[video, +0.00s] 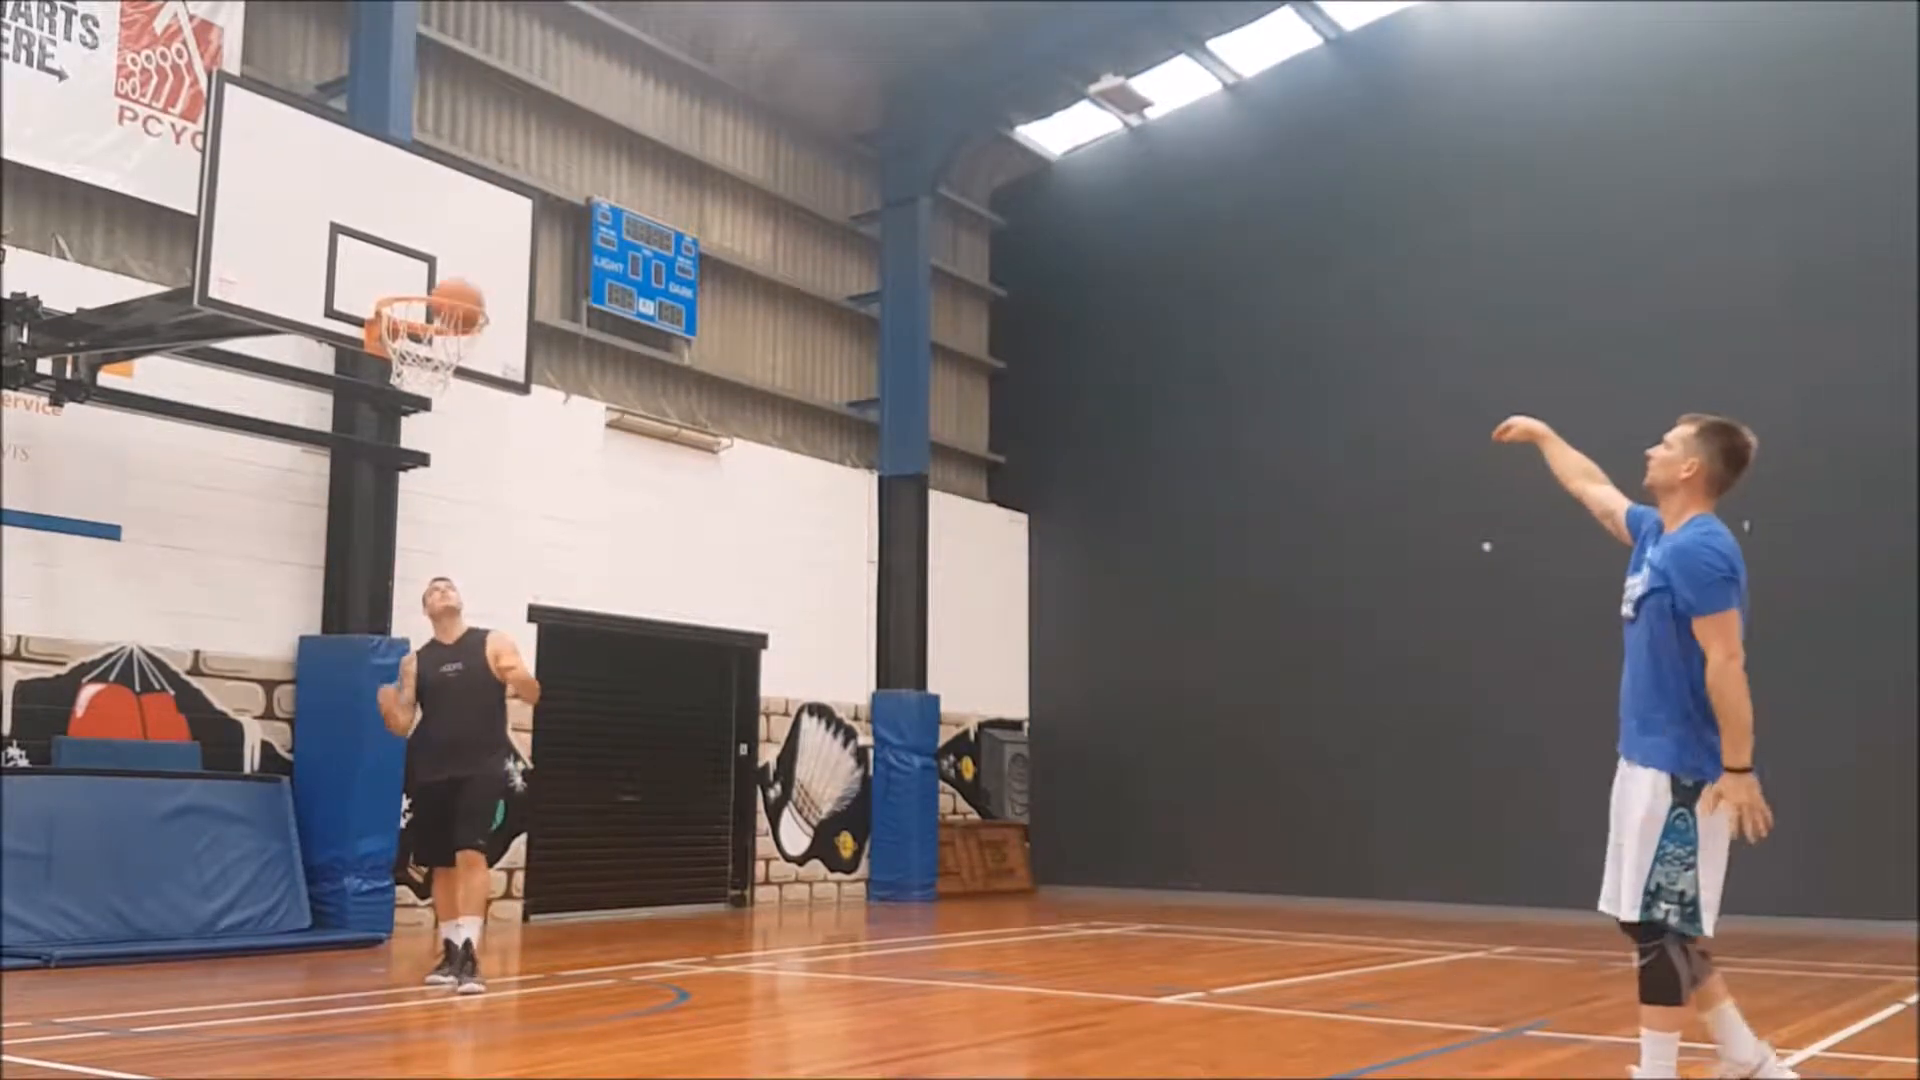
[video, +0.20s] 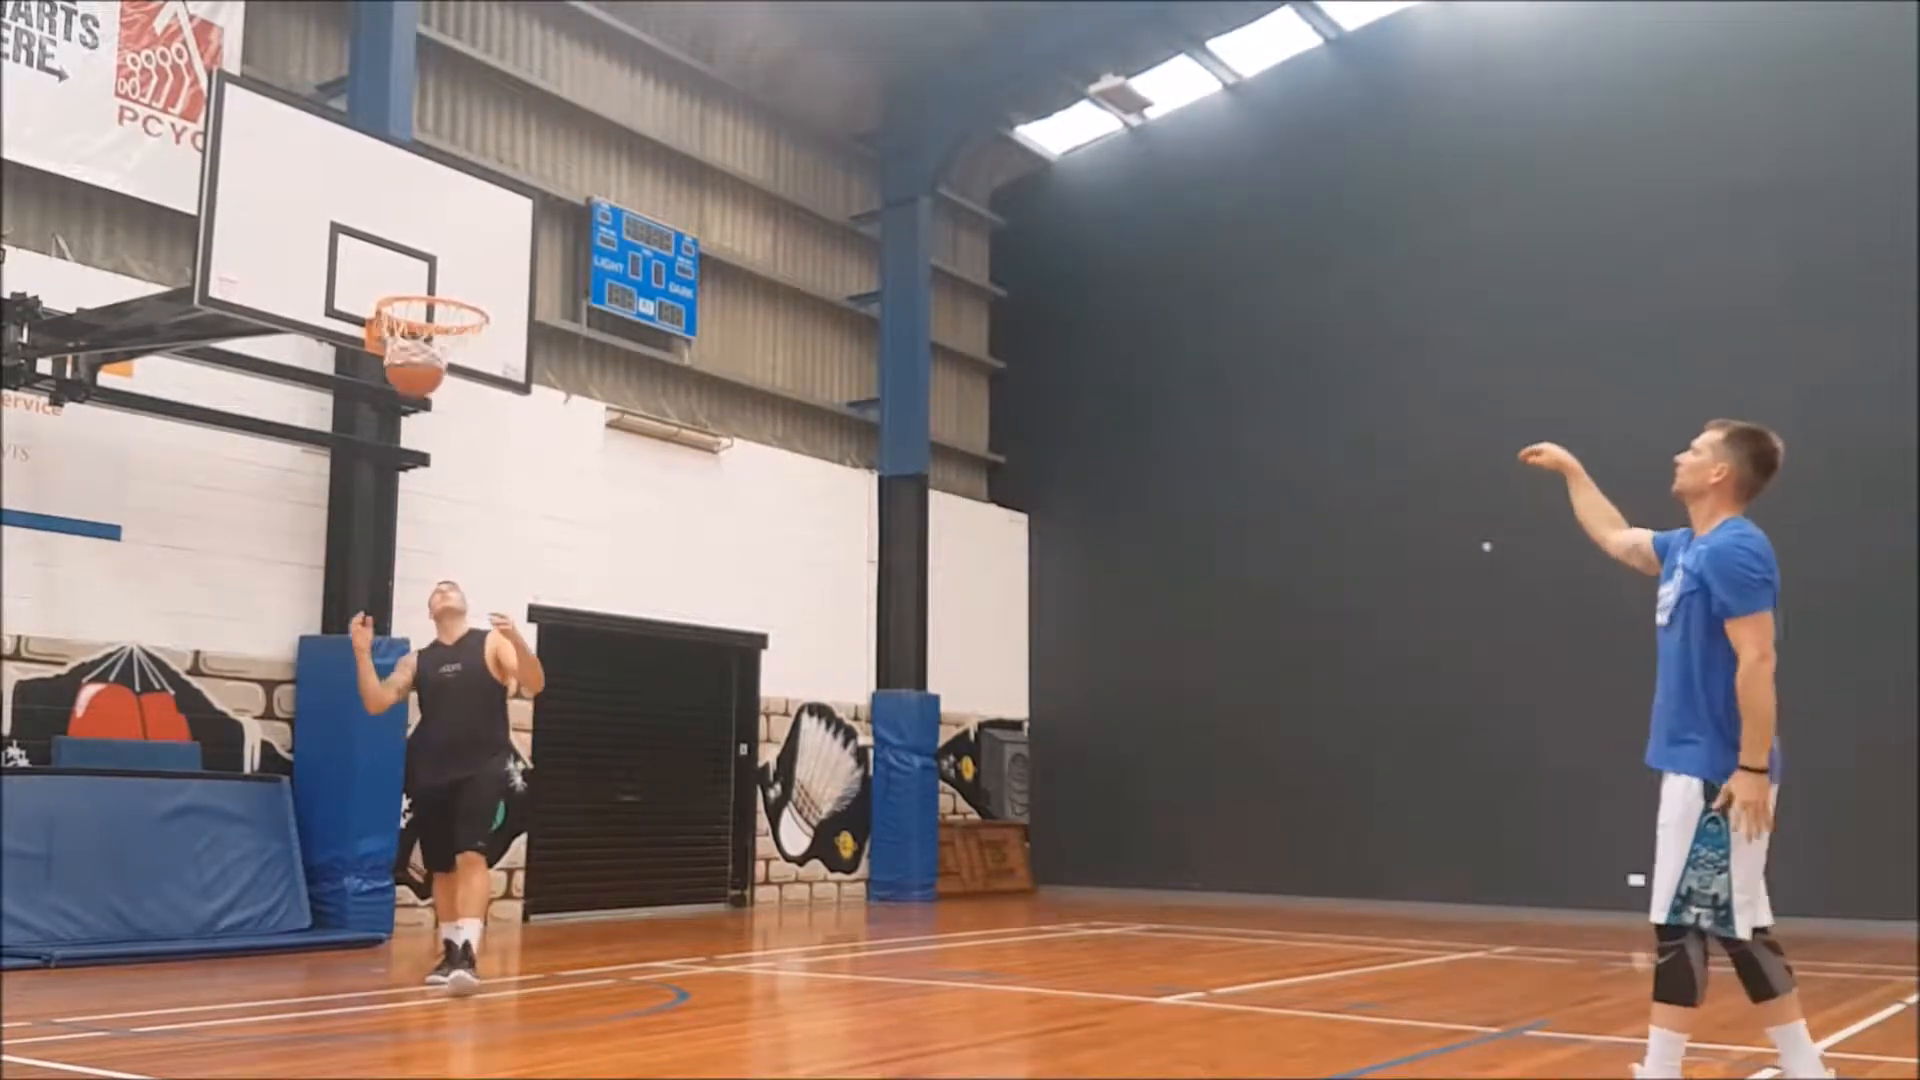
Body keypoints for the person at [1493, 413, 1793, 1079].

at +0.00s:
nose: (1650, 450)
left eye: (1664, 444)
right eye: (1659, 442)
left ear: (1692, 469)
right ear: (1689, 472)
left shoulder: (1698, 546)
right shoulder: (1657, 531)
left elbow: (1727, 660)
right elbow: (1591, 487)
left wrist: (1738, 767)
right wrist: (1540, 432)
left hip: (1682, 771)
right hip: (1647, 763)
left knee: (1657, 924)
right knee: (1644, 918)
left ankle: (1654, 1071)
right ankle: (1748, 1055)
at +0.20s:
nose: (1678, 457)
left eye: (1692, 450)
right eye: (1686, 448)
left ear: (1721, 473)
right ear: (1718, 477)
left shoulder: (1731, 547)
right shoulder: (1689, 545)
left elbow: (1758, 660)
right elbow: (1615, 535)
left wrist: (1753, 767)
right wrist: (1571, 469)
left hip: (1707, 770)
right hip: (1704, 765)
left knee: (1677, 924)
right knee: (1743, 924)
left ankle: (1657, 1069)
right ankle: (1804, 1065)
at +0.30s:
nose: (1691, 463)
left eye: (1703, 456)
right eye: (1698, 454)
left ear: (1735, 477)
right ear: (1735, 480)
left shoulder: (1743, 550)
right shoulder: (1719, 555)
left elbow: (1760, 661)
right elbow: (1635, 586)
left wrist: (1735, 765)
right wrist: (1594, 517)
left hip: (1739, 775)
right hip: (1752, 773)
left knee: (1695, 924)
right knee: (1761, 927)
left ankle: (1665, 1070)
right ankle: (1806, 1065)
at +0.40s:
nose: (1702, 470)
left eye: (1714, 461)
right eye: (1709, 460)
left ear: (1746, 478)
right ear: (1751, 482)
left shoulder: (1757, 547)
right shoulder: (1752, 553)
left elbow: (1762, 660)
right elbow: (1681, 643)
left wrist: (1714, 757)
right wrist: (1608, 589)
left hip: (1769, 769)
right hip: (1786, 769)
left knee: (1711, 913)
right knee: (1772, 921)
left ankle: (1687, 1070)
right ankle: (1809, 1068)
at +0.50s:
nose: (1717, 472)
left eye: (1728, 461)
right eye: (1722, 461)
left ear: (1762, 474)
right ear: (1767, 478)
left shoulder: (1771, 544)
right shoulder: (1792, 543)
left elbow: (1773, 654)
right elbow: (1744, 670)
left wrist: (1710, 741)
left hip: (1792, 759)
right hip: (1818, 759)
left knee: (1725, 904)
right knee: (1788, 918)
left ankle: (1772, 1066)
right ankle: (1810, 1065)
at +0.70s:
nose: (1759, 473)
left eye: (1770, 462)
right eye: (1764, 462)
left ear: (1804, 471)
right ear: (1815, 475)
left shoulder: (1807, 539)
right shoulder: (1844, 542)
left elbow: (1808, 648)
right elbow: (1858, 670)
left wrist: (1735, 726)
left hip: (1829, 766)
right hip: (1851, 763)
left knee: (1812, 920)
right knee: (1817, 918)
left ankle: (1813, 1067)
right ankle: (1809, 1062)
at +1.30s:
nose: (1860, 472)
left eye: (1871, 459)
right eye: (1863, 460)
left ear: (1906, 468)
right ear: (1904, 469)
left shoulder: (1902, 542)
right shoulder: (1906, 542)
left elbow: (1868, 654)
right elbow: (1906, 678)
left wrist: (1769, 664)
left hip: (1918, 773)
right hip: (1915, 771)